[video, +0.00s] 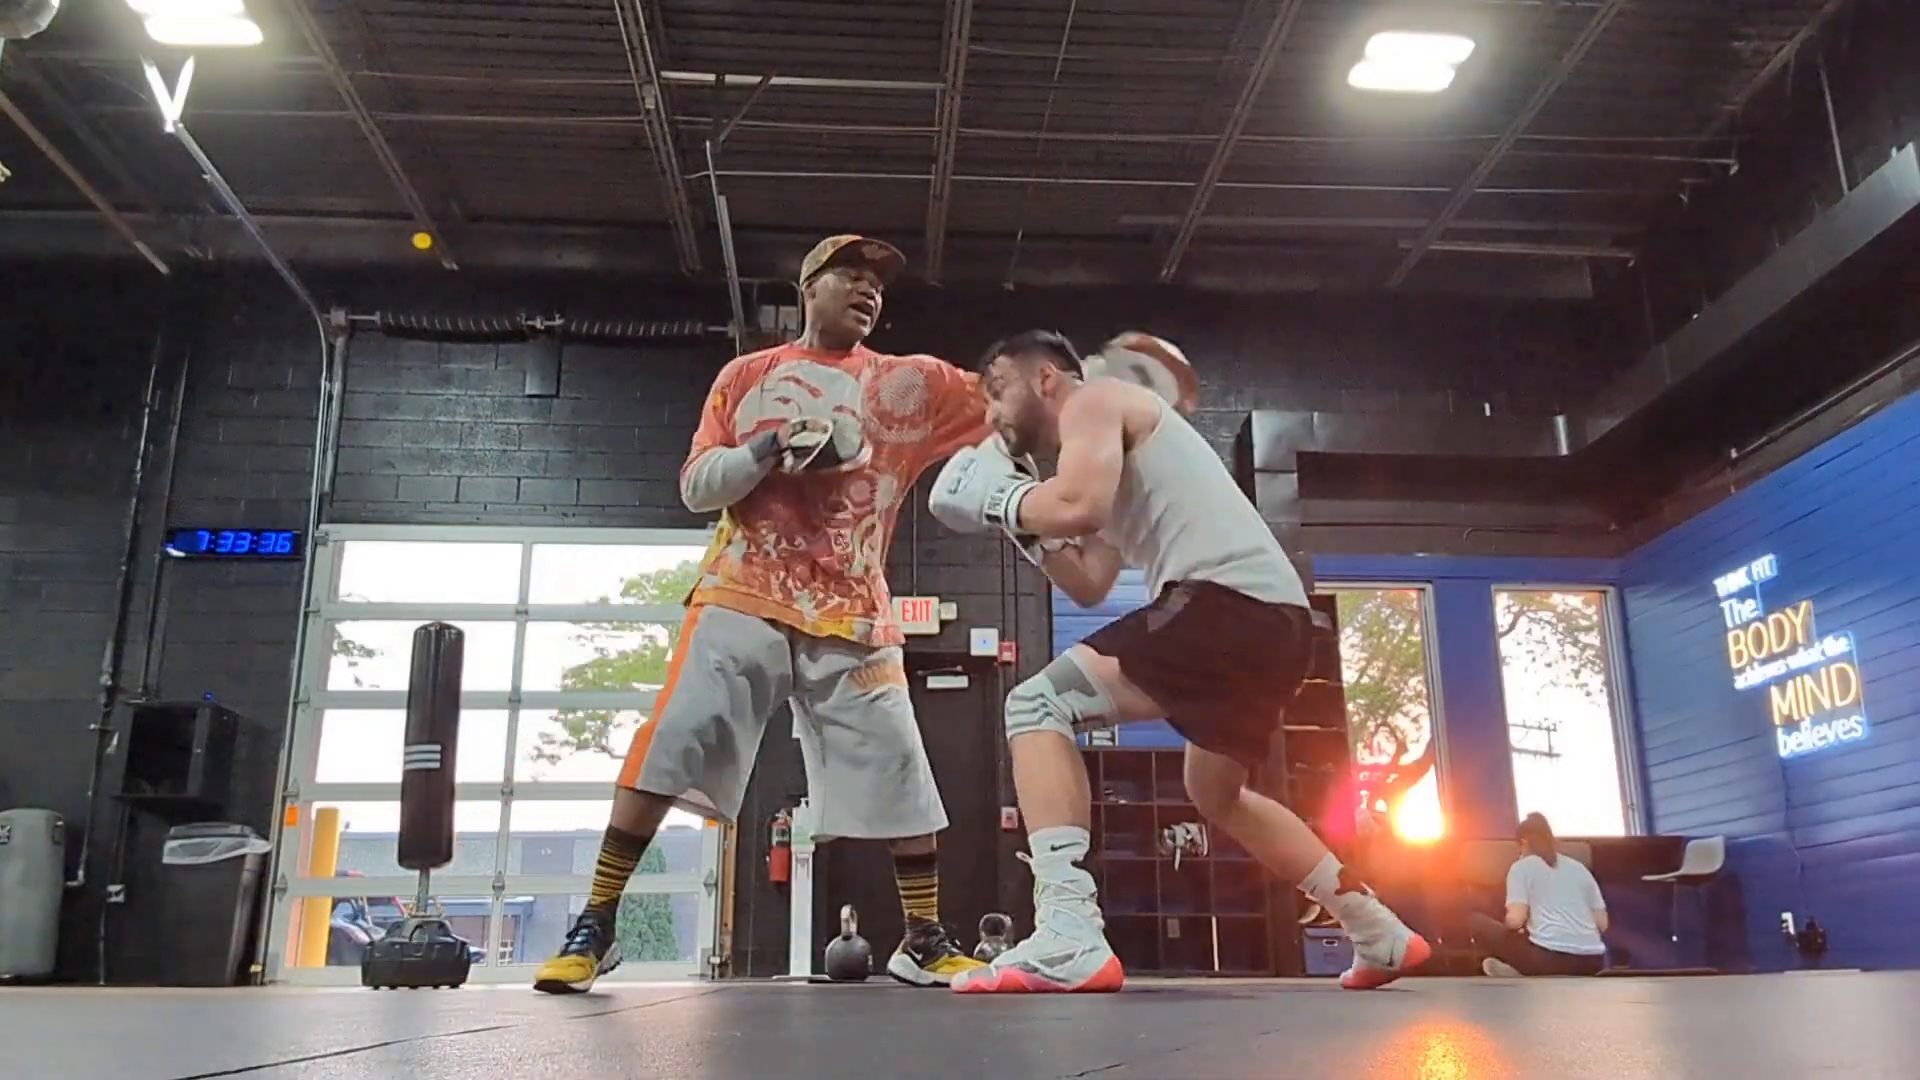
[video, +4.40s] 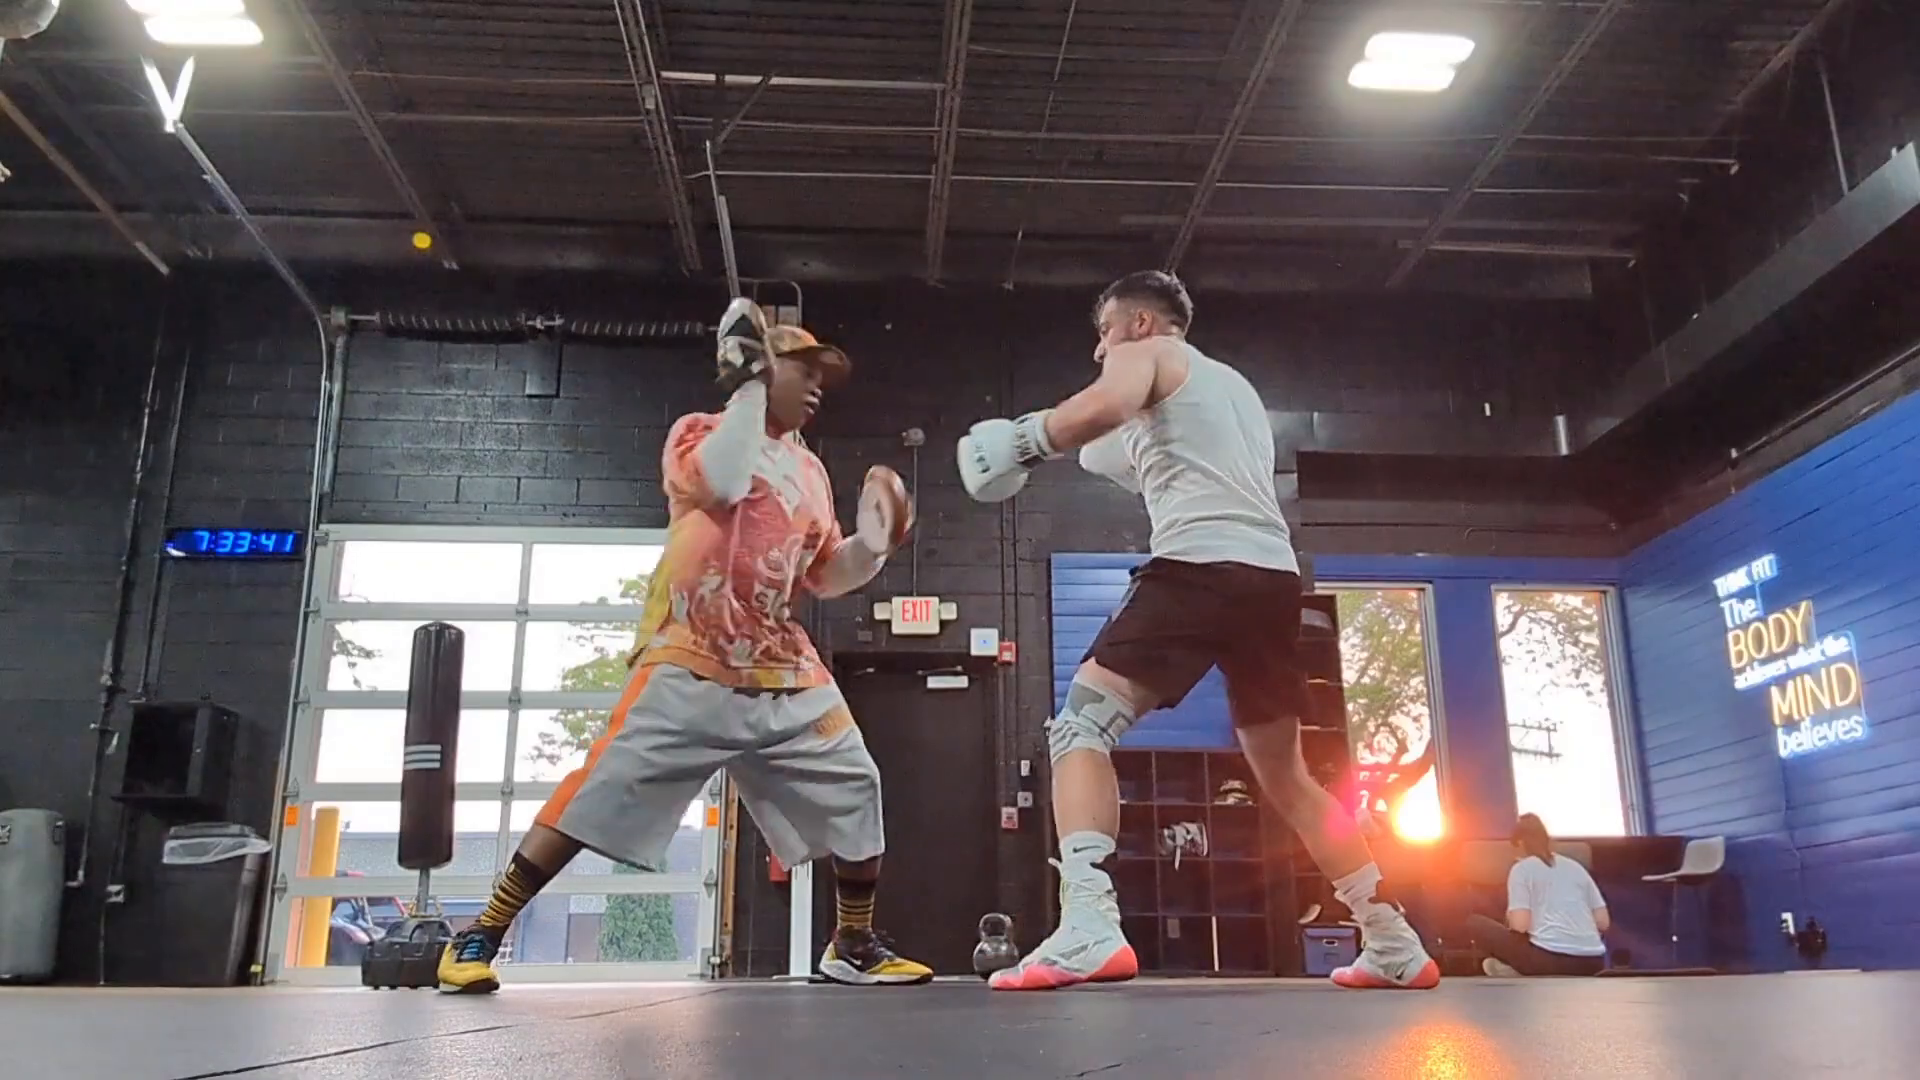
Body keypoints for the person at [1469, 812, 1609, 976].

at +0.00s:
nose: (1519, 851)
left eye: (1519, 845)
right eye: (1519, 846)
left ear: (1524, 842)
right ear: (1549, 839)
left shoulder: (1522, 867)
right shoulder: (1579, 868)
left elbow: (1515, 920)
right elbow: (1602, 923)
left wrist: (1509, 927)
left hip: (1547, 961)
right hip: (1591, 962)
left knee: (1476, 921)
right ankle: (1509, 964)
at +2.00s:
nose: (1515, 853)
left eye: (1513, 848)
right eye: (1513, 848)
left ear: (1518, 844)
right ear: (1544, 839)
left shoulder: (1520, 869)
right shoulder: (1575, 867)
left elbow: (1519, 924)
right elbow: (1601, 922)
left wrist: (1508, 920)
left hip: (1550, 961)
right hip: (1592, 962)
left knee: (1475, 923)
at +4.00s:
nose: (1514, 856)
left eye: (1513, 849)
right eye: (1512, 850)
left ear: (1520, 845)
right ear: (1544, 842)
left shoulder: (1521, 869)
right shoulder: (1576, 868)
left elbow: (1519, 923)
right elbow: (1602, 923)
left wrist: (1507, 919)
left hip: (1550, 962)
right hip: (1592, 962)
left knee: (1474, 923)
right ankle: (1511, 965)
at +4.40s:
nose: (1514, 853)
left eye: (1514, 848)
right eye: (1513, 848)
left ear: (1520, 845)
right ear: (1545, 841)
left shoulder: (1522, 869)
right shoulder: (1576, 867)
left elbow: (1520, 926)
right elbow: (1603, 922)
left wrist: (1511, 916)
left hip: (1549, 961)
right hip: (1592, 962)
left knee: (1475, 923)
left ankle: (1508, 963)